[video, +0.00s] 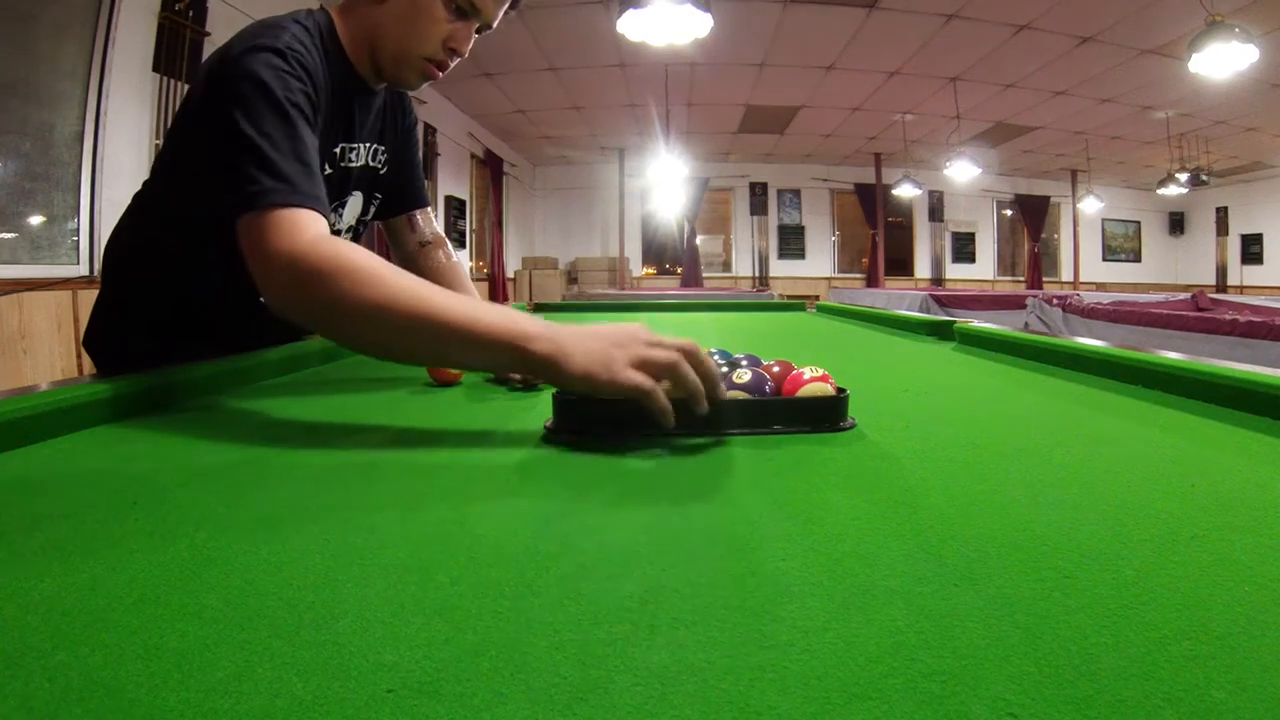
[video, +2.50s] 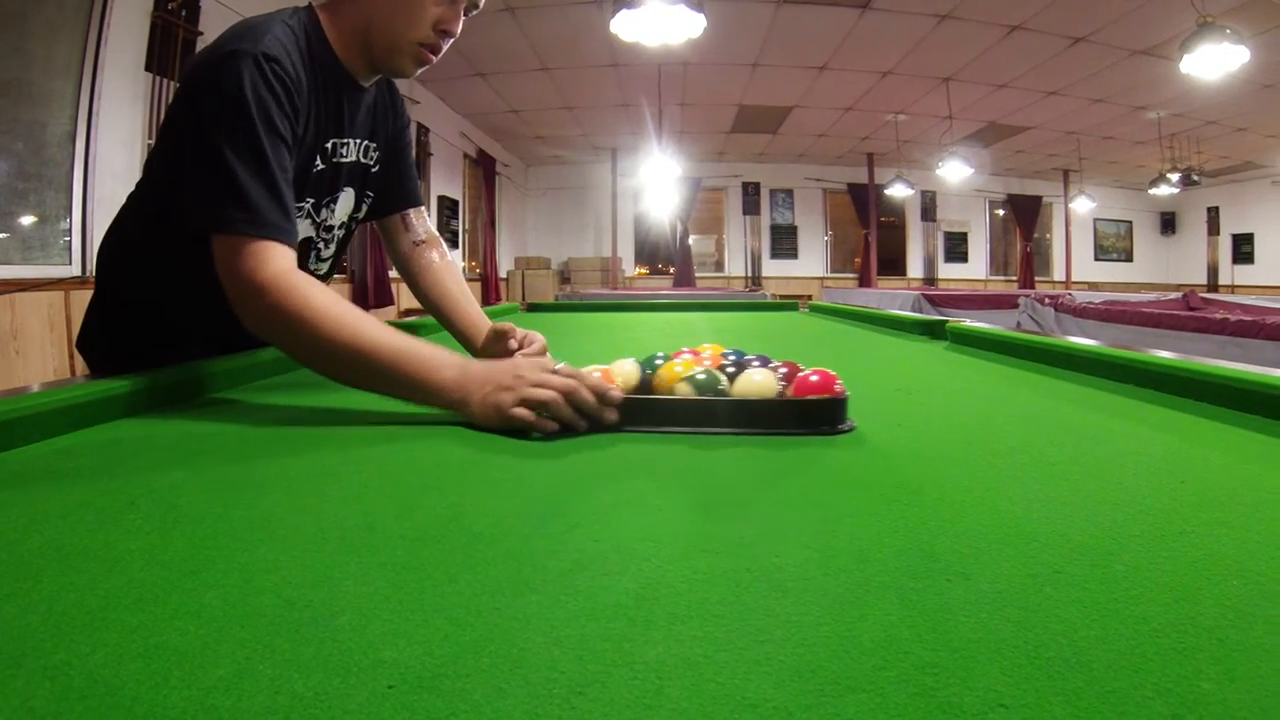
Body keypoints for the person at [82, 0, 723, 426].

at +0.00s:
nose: (464, 46)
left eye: (478, 32)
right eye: (462, 16)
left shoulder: (391, 101)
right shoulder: (272, 63)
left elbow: (419, 243)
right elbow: (292, 265)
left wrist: (497, 343)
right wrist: (554, 348)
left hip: (275, 355)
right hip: (160, 359)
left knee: (259, 555)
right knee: (149, 565)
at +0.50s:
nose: (455, 62)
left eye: (472, 44)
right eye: (455, 27)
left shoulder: (384, 101)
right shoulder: (254, 66)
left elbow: (417, 238)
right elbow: (164, 282)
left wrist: (490, 338)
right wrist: (364, 338)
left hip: (272, 368)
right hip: (161, 370)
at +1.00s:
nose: (456, 44)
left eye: (471, 29)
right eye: (452, 10)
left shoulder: (385, 99)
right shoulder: (252, 62)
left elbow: (420, 237)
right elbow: (201, 282)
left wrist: (482, 332)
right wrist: (420, 331)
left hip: (276, 358)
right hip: (160, 362)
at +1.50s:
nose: (462, 43)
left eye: (475, 29)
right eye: (458, 11)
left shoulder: (388, 98)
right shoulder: (262, 63)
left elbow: (423, 241)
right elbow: (248, 281)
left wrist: (491, 336)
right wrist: (465, 368)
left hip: (269, 351)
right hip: (159, 359)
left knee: (250, 550)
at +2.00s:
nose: (463, 37)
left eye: (475, 22)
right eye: (457, 6)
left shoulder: (390, 101)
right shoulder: (262, 62)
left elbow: (424, 241)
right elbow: (256, 282)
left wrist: (490, 333)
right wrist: (472, 374)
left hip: (269, 357)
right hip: (159, 363)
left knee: (247, 556)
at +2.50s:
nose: (456, 25)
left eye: (467, 10)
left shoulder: (382, 96)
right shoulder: (255, 63)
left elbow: (416, 237)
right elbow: (261, 283)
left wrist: (483, 335)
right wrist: (466, 383)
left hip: (261, 351)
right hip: (151, 358)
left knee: (239, 547)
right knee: (140, 557)